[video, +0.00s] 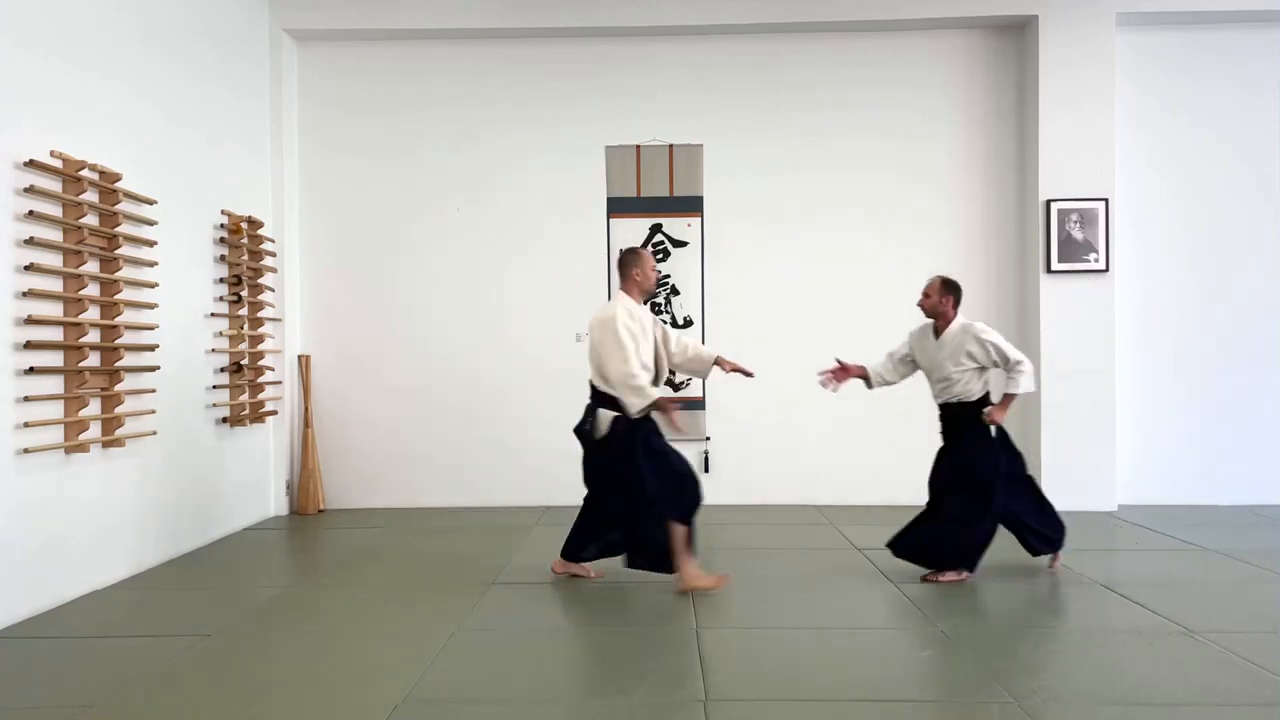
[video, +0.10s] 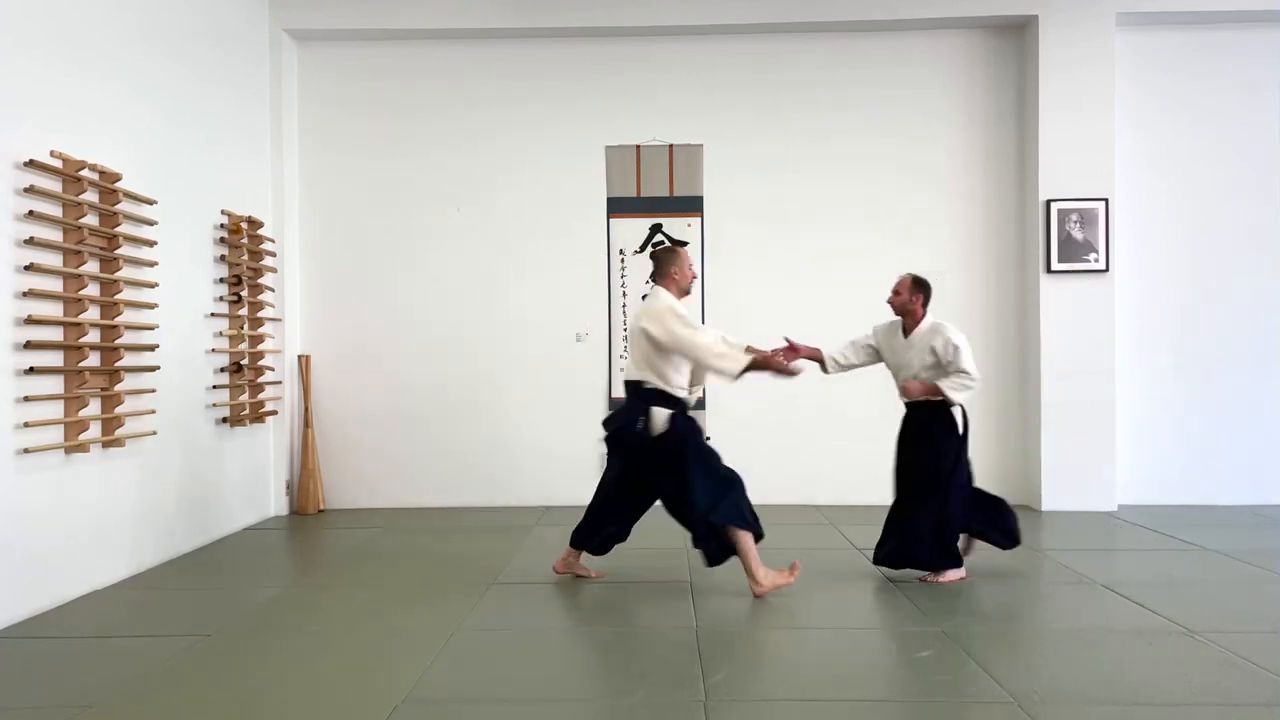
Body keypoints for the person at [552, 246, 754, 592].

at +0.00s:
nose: (659, 273)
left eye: (657, 267)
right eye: (653, 268)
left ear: (635, 275)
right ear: (635, 274)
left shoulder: (646, 319)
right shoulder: (613, 317)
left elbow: (677, 346)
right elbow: (620, 371)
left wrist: (718, 361)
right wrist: (655, 399)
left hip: (626, 419)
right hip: (616, 421)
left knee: (605, 492)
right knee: (680, 480)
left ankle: (568, 559)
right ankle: (687, 571)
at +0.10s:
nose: (694, 273)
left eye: (692, 266)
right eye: (689, 267)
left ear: (664, 274)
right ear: (673, 273)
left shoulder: (659, 309)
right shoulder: (660, 311)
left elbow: (706, 340)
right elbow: (702, 349)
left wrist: (753, 354)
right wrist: (759, 363)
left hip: (639, 415)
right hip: (663, 419)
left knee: (616, 491)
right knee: (724, 486)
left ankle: (569, 559)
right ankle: (759, 575)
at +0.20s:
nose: (723, 276)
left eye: (721, 269)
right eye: (720, 269)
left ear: (689, 273)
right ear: (709, 271)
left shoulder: (677, 309)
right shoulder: (709, 303)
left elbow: (720, 347)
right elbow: (770, 320)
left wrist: (760, 345)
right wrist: (827, 318)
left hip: (676, 414)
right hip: (712, 416)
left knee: (640, 487)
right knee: (768, 488)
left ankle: (598, 565)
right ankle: (768, 581)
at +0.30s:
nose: (744, 265)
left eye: (741, 259)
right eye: (743, 259)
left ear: (708, 264)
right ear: (736, 260)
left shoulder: (693, 306)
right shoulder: (750, 294)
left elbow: (706, 347)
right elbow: (807, 307)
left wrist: (765, 344)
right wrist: (802, 294)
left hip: (716, 406)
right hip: (758, 404)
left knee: (697, 484)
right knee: (782, 486)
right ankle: (773, 578)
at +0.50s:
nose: (753, 277)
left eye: (752, 271)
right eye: (755, 271)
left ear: (755, 273)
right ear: (789, 268)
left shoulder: (767, 311)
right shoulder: (810, 296)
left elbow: (715, 350)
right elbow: (758, 302)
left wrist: (752, 373)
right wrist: (717, 315)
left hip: (801, 422)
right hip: (835, 409)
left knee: (799, 511)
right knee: (864, 495)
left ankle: (809, 604)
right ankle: (919, 574)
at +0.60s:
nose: (784, 284)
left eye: (786, 278)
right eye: (784, 278)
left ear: (801, 280)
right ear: (815, 278)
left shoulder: (817, 316)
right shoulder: (826, 305)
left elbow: (771, 348)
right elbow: (771, 312)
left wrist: (732, 346)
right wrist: (741, 324)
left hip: (833, 435)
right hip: (858, 427)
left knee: (783, 512)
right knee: (897, 506)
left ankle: (808, 605)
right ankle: (962, 585)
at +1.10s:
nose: (787, 289)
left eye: (792, 281)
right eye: (786, 281)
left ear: (817, 279)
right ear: (816, 281)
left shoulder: (834, 313)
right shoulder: (811, 318)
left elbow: (791, 313)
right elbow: (764, 340)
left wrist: (736, 288)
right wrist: (722, 315)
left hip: (858, 434)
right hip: (847, 433)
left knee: (800, 496)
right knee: (897, 512)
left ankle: (788, 599)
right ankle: (961, 586)